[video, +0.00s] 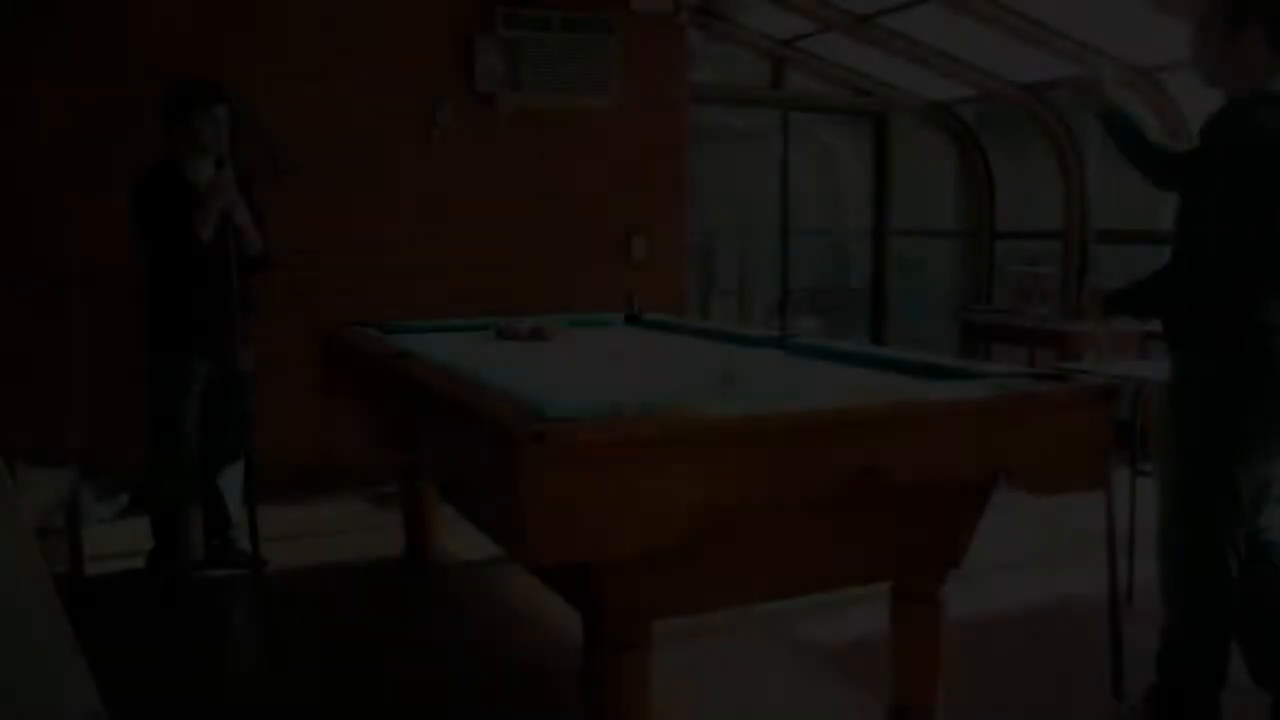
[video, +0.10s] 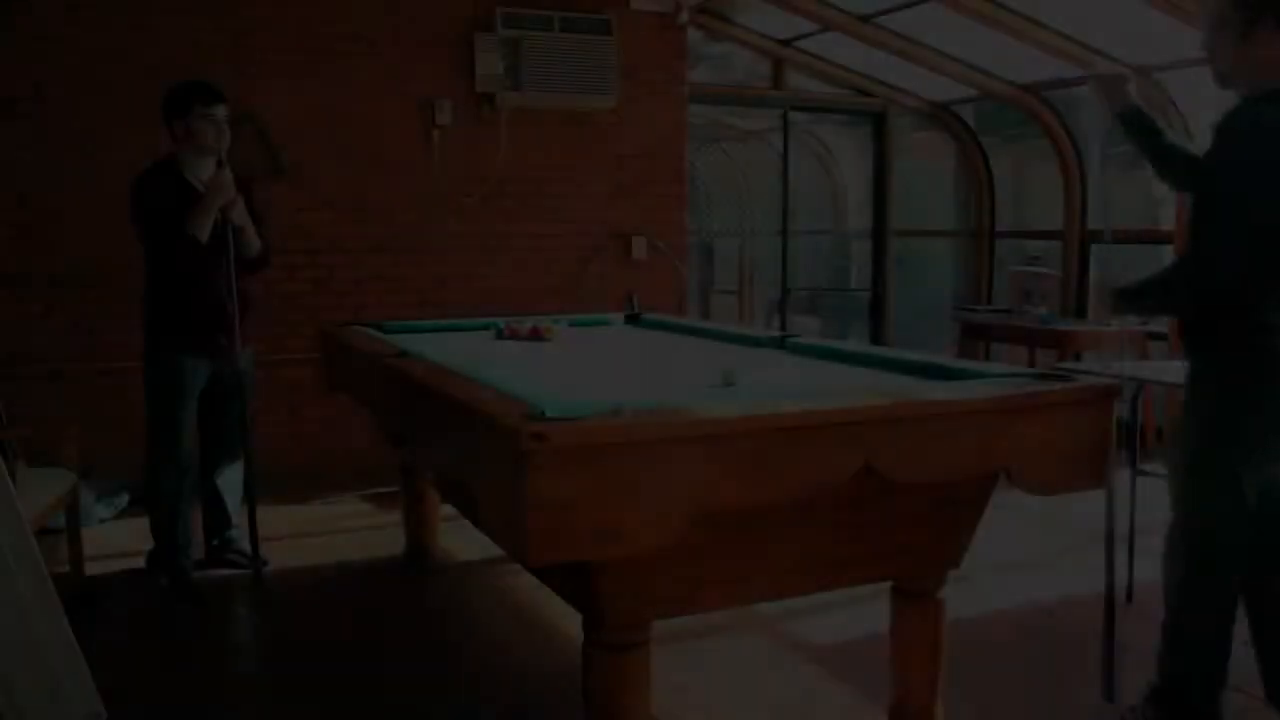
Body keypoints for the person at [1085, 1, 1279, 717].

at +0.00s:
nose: (1195, 52)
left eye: (1205, 35)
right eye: (1198, 37)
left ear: (1240, 41)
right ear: (1252, 43)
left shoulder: (1245, 130)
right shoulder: (1242, 124)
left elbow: (1198, 273)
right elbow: (1172, 173)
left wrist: (1113, 306)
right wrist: (1110, 114)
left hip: (1227, 373)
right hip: (1230, 367)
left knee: (1203, 542)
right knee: (1227, 539)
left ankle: (1188, 697)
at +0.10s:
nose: (1207, 52)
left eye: (1218, 36)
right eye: (1209, 37)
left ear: (1257, 41)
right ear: (1258, 42)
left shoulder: (1252, 128)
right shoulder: (1253, 121)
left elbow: (1215, 268)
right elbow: (1200, 183)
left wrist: (1122, 299)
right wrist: (1130, 114)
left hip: (1238, 380)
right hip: (1248, 372)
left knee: (1206, 546)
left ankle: (1185, 697)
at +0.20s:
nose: (1215, 47)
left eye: (1226, 30)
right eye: (1217, 31)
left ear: (1264, 36)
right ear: (1261, 37)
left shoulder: (1263, 125)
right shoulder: (1260, 119)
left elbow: (1229, 262)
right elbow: (1209, 186)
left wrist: (1136, 295)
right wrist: (1153, 120)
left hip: (1252, 382)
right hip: (1255, 375)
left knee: (1203, 554)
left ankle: (1186, 700)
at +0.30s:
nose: (1223, 46)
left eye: (1235, 30)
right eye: (1225, 30)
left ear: (1270, 36)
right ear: (1262, 36)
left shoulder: (1274, 122)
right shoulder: (1266, 119)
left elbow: (1248, 252)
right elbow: (1211, 187)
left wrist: (1155, 293)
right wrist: (1162, 116)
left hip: (1266, 377)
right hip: (1262, 373)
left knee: (1211, 550)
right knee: (1232, 547)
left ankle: (1187, 700)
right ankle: (1190, 696)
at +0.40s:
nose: (1233, 43)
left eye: (1245, 27)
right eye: (1234, 27)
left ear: (1279, 33)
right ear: (1261, 34)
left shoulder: (1279, 122)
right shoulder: (1273, 121)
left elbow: (1259, 251)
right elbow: (1213, 187)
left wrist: (1165, 290)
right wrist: (1170, 113)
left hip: (1275, 380)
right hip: (1269, 376)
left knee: (1226, 548)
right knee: (1237, 546)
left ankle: (1195, 699)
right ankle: (1197, 694)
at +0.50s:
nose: (1243, 43)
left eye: (1253, 25)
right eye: (1243, 26)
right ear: (1265, 32)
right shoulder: (1278, 126)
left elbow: (1269, 252)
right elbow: (1213, 186)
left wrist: (1177, 290)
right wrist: (1171, 112)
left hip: (1279, 389)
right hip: (1274, 384)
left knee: (1241, 547)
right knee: (1244, 546)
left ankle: (1222, 701)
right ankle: (1222, 698)